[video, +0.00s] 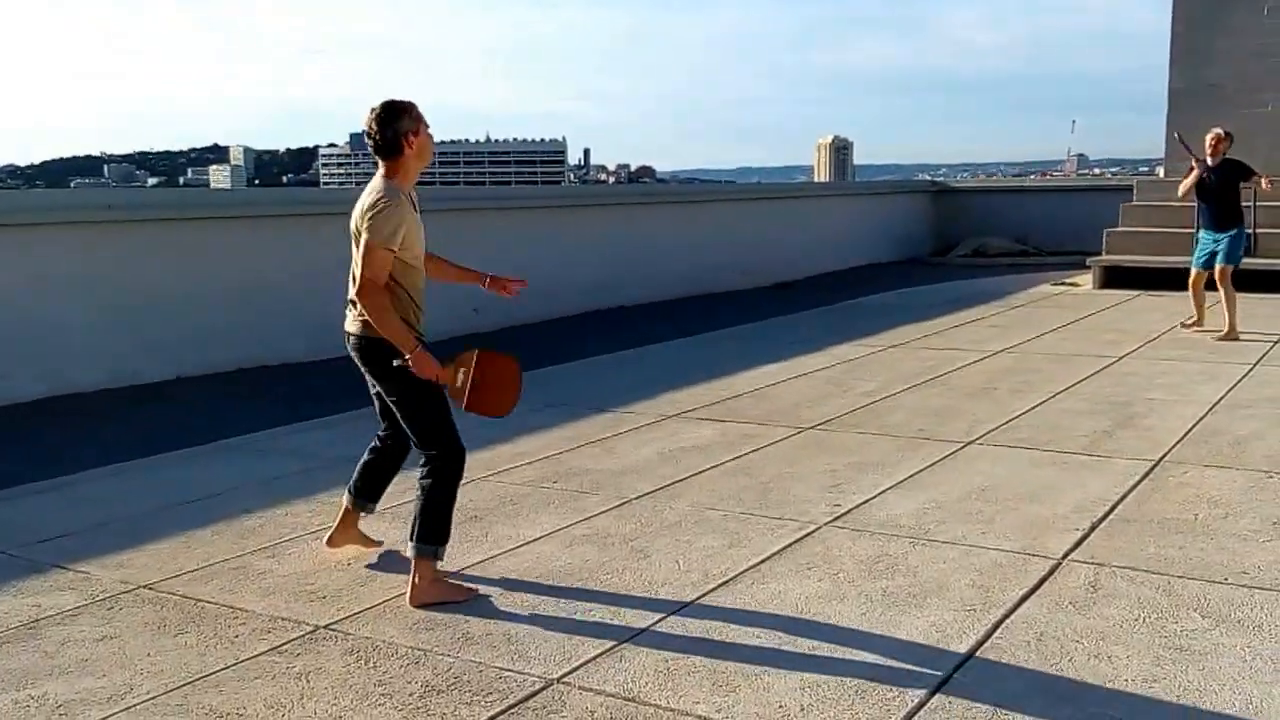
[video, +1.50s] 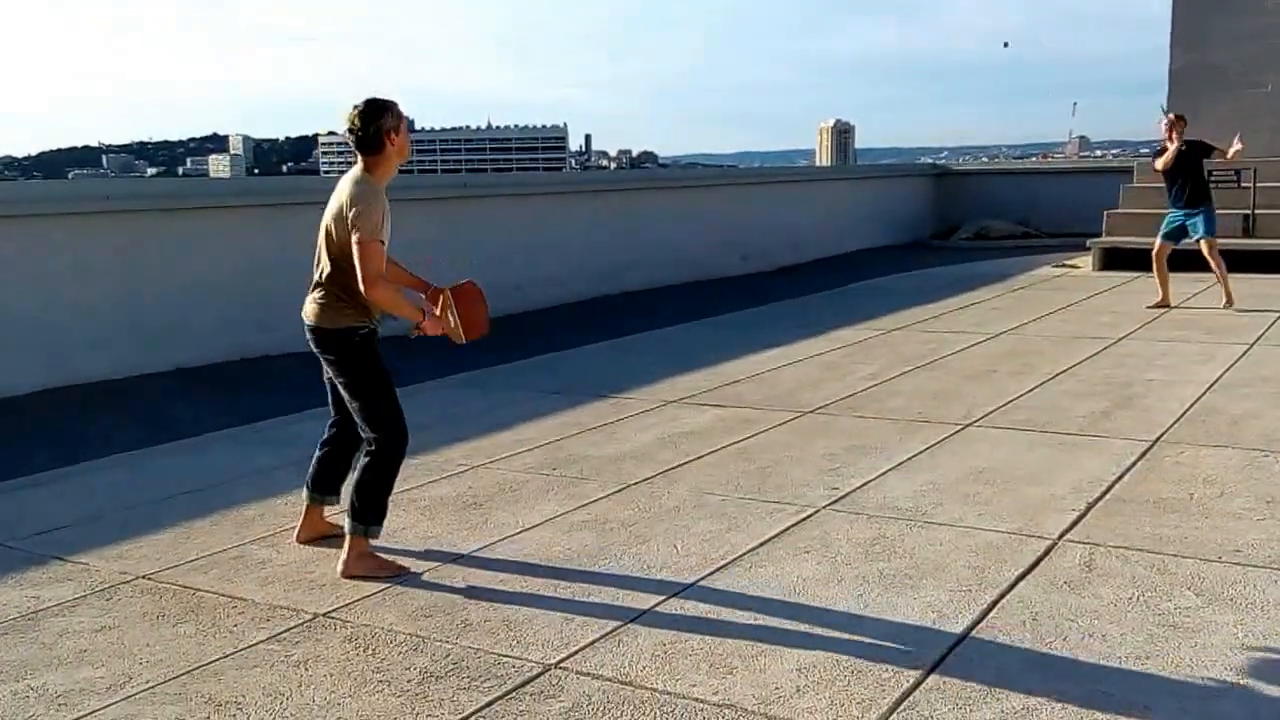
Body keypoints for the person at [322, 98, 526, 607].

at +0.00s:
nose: (432, 136)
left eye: (427, 128)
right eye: (427, 129)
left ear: (397, 144)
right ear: (411, 141)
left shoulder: (395, 196)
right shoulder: (386, 206)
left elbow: (418, 262)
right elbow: (368, 291)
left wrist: (484, 280)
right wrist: (413, 348)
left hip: (378, 340)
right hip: (384, 344)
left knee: (396, 437)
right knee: (445, 452)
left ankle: (345, 527)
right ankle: (425, 577)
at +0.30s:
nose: (390, 162)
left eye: (385, 156)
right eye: (381, 158)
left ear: (366, 174)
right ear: (360, 175)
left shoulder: (396, 219)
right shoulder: (329, 230)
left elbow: (467, 223)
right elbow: (334, 301)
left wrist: (515, 179)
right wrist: (329, 276)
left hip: (399, 354)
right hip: (372, 362)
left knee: (409, 445)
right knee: (450, 456)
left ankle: (343, 522)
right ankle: (422, 576)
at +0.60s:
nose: (355, 166)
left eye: (350, 160)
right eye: (350, 161)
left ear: (318, 179)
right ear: (339, 169)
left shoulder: (312, 224)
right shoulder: (354, 195)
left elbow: (358, 302)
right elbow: (430, 226)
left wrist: (418, 287)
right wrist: (475, 206)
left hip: (334, 340)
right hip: (364, 336)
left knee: (377, 432)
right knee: (406, 441)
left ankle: (338, 518)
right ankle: (400, 562)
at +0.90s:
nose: (368, 161)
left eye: (364, 153)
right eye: (364, 153)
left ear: (324, 165)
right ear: (353, 157)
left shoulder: (311, 212)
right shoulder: (372, 190)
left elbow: (287, 291)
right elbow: (420, 248)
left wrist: (287, 356)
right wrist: (420, 261)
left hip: (329, 332)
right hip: (365, 327)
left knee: (368, 426)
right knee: (403, 433)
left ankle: (339, 516)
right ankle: (379, 552)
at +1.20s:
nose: (388, 127)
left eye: (385, 118)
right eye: (384, 119)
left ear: (345, 126)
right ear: (370, 124)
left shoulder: (326, 176)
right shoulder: (374, 178)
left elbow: (314, 260)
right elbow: (407, 256)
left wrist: (325, 314)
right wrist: (435, 280)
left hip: (337, 320)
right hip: (369, 320)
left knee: (364, 413)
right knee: (397, 429)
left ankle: (340, 507)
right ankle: (376, 553)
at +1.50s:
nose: (410, 138)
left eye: (408, 129)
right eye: (406, 130)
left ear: (371, 140)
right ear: (391, 138)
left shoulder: (360, 186)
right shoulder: (366, 195)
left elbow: (378, 264)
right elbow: (370, 285)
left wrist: (427, 290)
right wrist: (418, 315)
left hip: (328, 322)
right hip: (344, 329)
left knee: (347, 424)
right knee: (388, 435)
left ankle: (313, 519)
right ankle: (358, 552)